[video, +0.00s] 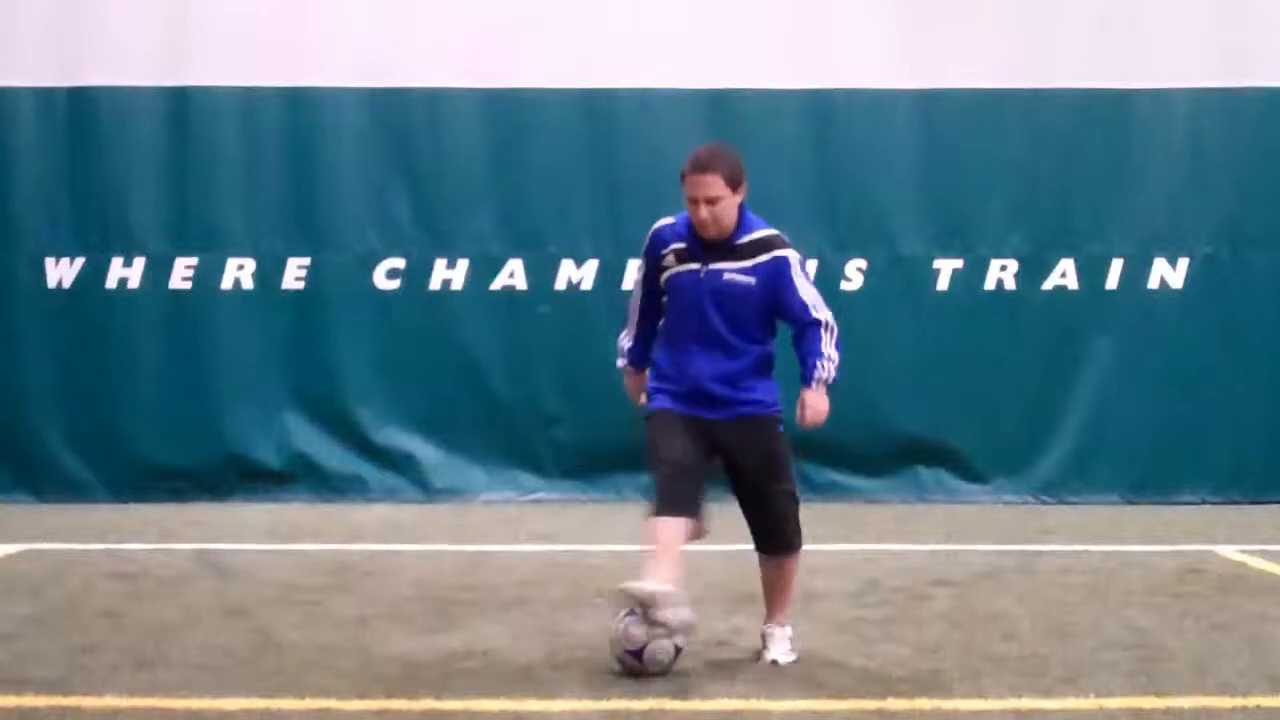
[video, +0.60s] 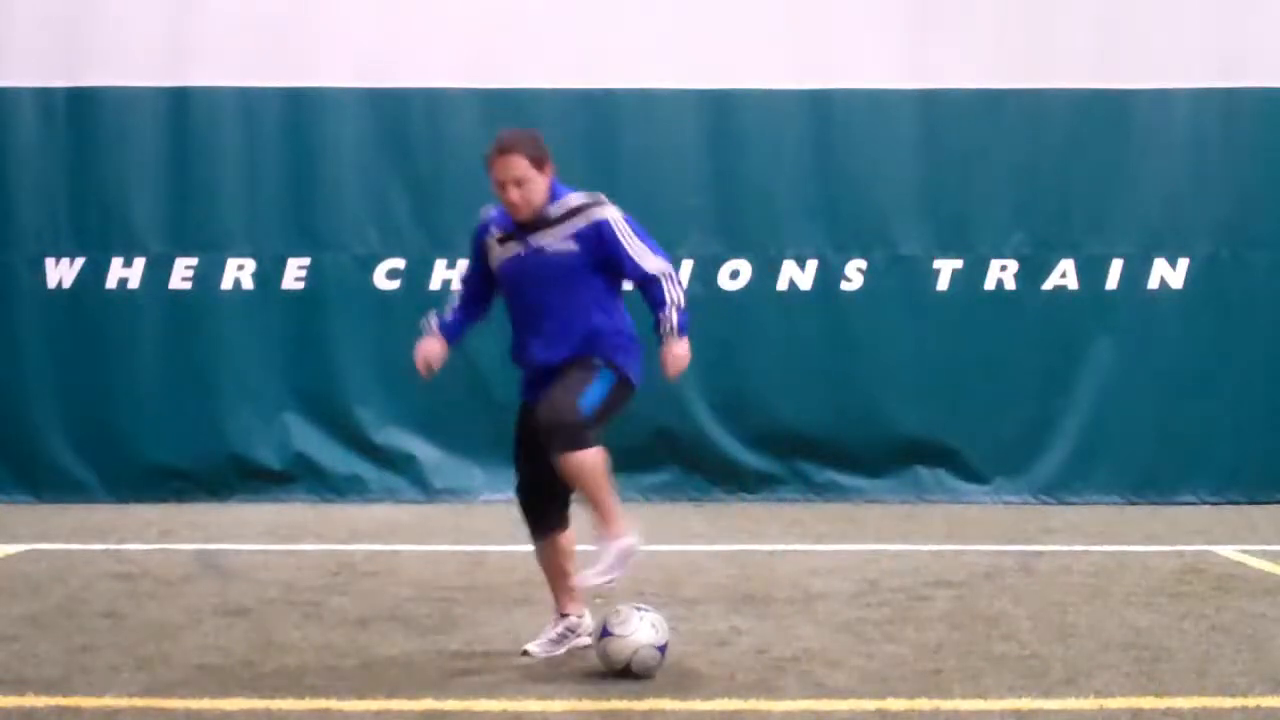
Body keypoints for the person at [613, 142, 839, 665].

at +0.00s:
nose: (702, 214)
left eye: (713, 202)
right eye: (693, 202)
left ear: (739, 195)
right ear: (682, 196)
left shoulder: (771, 250)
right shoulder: (664, 241)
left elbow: (815, 321)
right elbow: (644, 307)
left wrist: (817, 382)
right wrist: (633, 363)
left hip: (748, 405)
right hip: (676, 401)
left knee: (777, 518)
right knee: (674, 481)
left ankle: (777, 626)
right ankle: (662, 589)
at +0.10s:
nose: (680, 204)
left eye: (691, 192)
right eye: (672, 193)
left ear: (720, 187)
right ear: (665, 192)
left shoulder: (759, 241)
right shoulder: (650, 241)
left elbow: (808, 297)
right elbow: (628, 305)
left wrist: (804, 327)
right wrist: (606, 360)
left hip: (735, 404)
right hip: (660, 400)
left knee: (767, 514)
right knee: (623, 489)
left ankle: (777, 625)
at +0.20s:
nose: (647, 174)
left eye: (657, 161)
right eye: (637, 164)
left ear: (684, 157)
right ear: (629, 164)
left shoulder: (725, 202)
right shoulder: (617, 212)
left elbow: (786, 242)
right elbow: (590, 277)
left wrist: (773, 270)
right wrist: (563, 332)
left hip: (705, 388)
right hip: (631, 386)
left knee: (734, 501)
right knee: (582, 481)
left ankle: (766, 612)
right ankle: (548, 600)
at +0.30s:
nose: (606, 166)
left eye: (616, 154)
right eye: (598, 156)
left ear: (644, 150)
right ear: (588, 157)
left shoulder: (687, 192)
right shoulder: (576, 208)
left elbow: (745, 237)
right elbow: (549, 274)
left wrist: (733, 274)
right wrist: (524, 335)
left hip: (677, 365)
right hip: (606, 371)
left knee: (700, 458)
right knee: (563, 477)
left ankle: (721, 565)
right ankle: (561, 606)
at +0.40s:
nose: (569, 192)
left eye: (579, 180)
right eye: (561, 182)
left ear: (607, 175)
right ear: (553, 183)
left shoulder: (651, 219)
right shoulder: (541, 235)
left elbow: (702, 279)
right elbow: (515, 302)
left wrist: (689, 314)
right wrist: (492, 365)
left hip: (644, 374)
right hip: (578, 388)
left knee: (655, 440)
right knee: (555, 506)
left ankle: (673, 559)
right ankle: (571, 621)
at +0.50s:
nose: (537, 212)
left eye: (546, 199)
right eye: (528, 202)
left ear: (573, 193)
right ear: (520, 201)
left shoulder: (618, 236)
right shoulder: (515, 252)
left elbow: (673, 297)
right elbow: (490, 317)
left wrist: (667, 346)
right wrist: (462, 371)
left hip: (615, 377)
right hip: (555, 393)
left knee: (600, 432)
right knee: (531, 511)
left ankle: (654, 547)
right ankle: (572, 621)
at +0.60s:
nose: (510, 197)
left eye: (520, 183)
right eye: (501, 187)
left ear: (547, 173)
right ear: (493, 185)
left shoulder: (592, 215)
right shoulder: (492, 232)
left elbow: (658, 270)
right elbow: (474, 294)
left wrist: (673, 332)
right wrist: (442, 333)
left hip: (601, 359)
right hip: (542, 374)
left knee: (558, 421)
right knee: (538, 495)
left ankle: (618, 536)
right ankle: (572, 617)